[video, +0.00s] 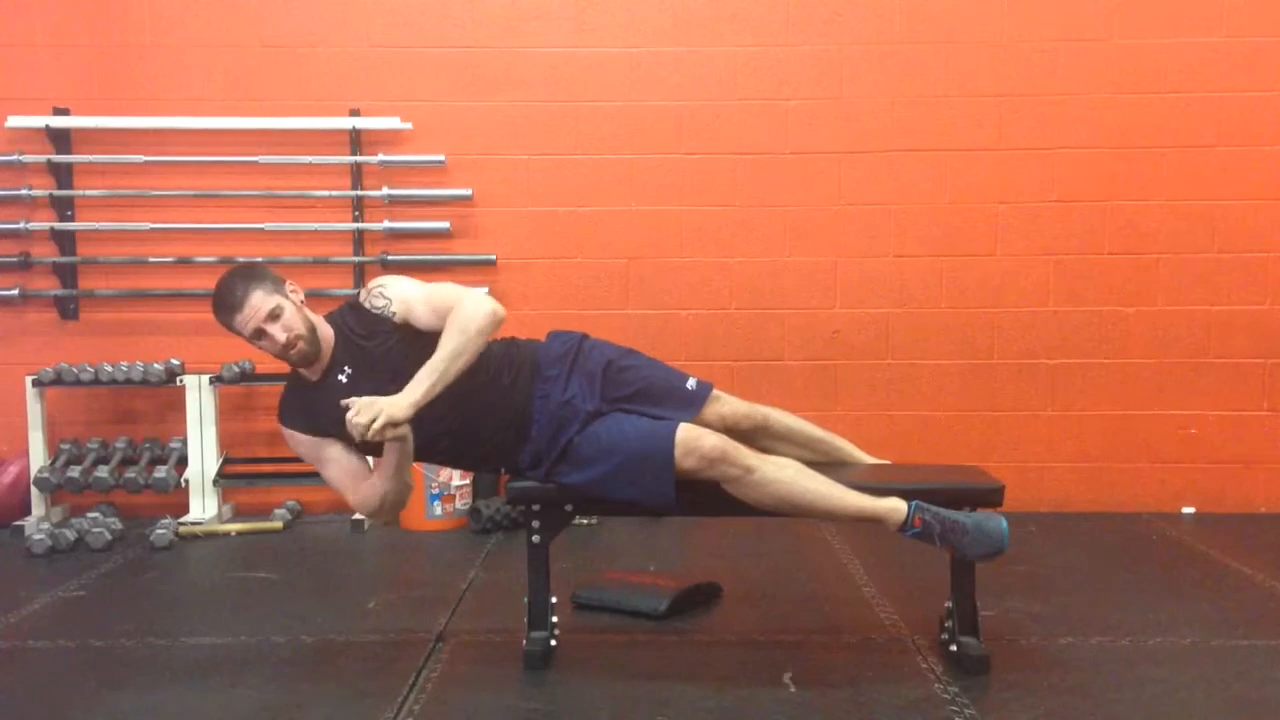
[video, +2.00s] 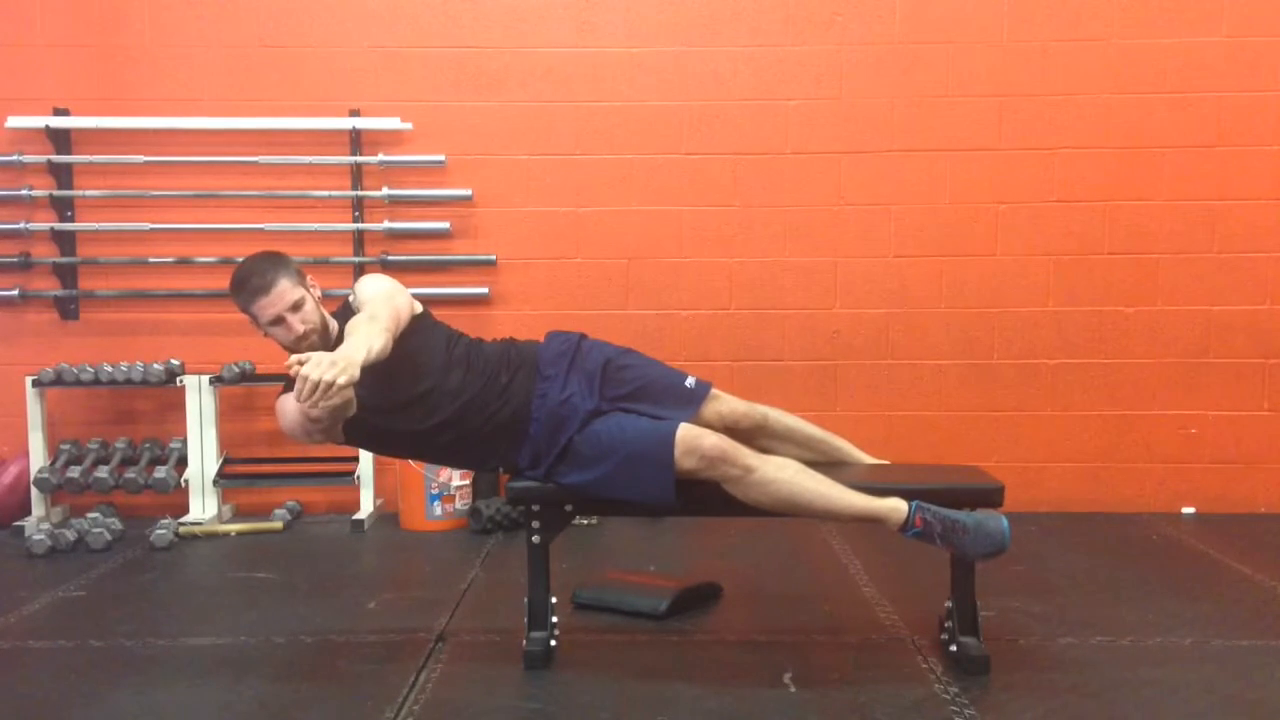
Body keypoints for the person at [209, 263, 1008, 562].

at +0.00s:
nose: (280, 332)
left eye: (276, 310)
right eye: (259, 334)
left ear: (295, 291)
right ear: (252, 350)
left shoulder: (371, 301)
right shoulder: (305, 421)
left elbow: (483, 312)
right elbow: (378, 507)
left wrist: (405, 401)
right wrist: (394, 441)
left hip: (569, 369)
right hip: (547, 451)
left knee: (739, 416)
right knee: (708, 453)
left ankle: (906, 492)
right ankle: (913, 519)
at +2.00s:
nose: (295, 327)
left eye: (294, 307)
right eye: (275, 326)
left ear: (312, 284)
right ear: (260, 337)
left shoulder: (368, 293)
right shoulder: (301, 400)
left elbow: (385, 321)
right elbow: (323, 420)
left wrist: (345, 360)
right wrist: (328, 399)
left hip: (568, 365)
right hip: (548, 446)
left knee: (737, 415)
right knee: (708, 454)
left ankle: (909, 491)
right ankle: (912, 520)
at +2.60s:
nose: (308, 305)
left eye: (309, 287)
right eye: (287, 303)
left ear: (324, 274)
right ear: (268, 318)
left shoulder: (376, 291)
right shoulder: (306, 399)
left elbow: (469, 315)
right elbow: (384, 452)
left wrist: (406, 362)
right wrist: (403, 374)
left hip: (566, 363)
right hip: (541, 442)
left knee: (739, 416)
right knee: (720, 461)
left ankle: (900, 483)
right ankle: (906, 520)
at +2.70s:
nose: (325, 295)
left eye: (327, 277)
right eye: (302, 294)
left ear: (339, 263)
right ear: (279, 307)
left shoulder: (393, 287)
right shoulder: (312, 392)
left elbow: (520, 333)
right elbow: (396, 450)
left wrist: (475, 393)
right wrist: (476, 379)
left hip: (582, 364)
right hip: (547, 443)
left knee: (748, 418)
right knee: (721, 465)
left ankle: (904, 487)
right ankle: (911, 523)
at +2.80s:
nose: (359, 265)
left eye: (361, 247)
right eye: (338, 259)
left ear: (368, 238)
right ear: (302, 271)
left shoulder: (414, 276)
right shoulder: (319, 375)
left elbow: (535, 297)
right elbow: (419, 435)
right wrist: (512, 410)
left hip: (580, 365)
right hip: (543, 444)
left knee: (748, 416)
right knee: (717, 460)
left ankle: (892, 480)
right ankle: (915, 523)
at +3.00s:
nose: (433, 211)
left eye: (430, 198)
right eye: (417, 201)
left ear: (418, 198)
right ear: (369, 209)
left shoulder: (451, 249)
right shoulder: (344, 322)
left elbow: (561, 274)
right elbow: (443, 399)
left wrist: (667, 288)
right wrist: (564, 389)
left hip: (583, 367)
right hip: (547, 434)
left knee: (755, 420)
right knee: (713, 461)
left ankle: (890, 498)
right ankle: (914, 522)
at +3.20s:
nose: (521, 180)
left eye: (523, 165)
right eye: (511, 165)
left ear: (491, 161)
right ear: (463, 160)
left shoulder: (507, 233)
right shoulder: (409, 263)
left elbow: (595, 285)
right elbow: (500, 356)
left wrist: (686, 306)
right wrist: (622, 389)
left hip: (602, 367)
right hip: (555, 426)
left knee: (767, 420)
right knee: (710, 462)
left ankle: (872, 508)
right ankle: (904, 522)